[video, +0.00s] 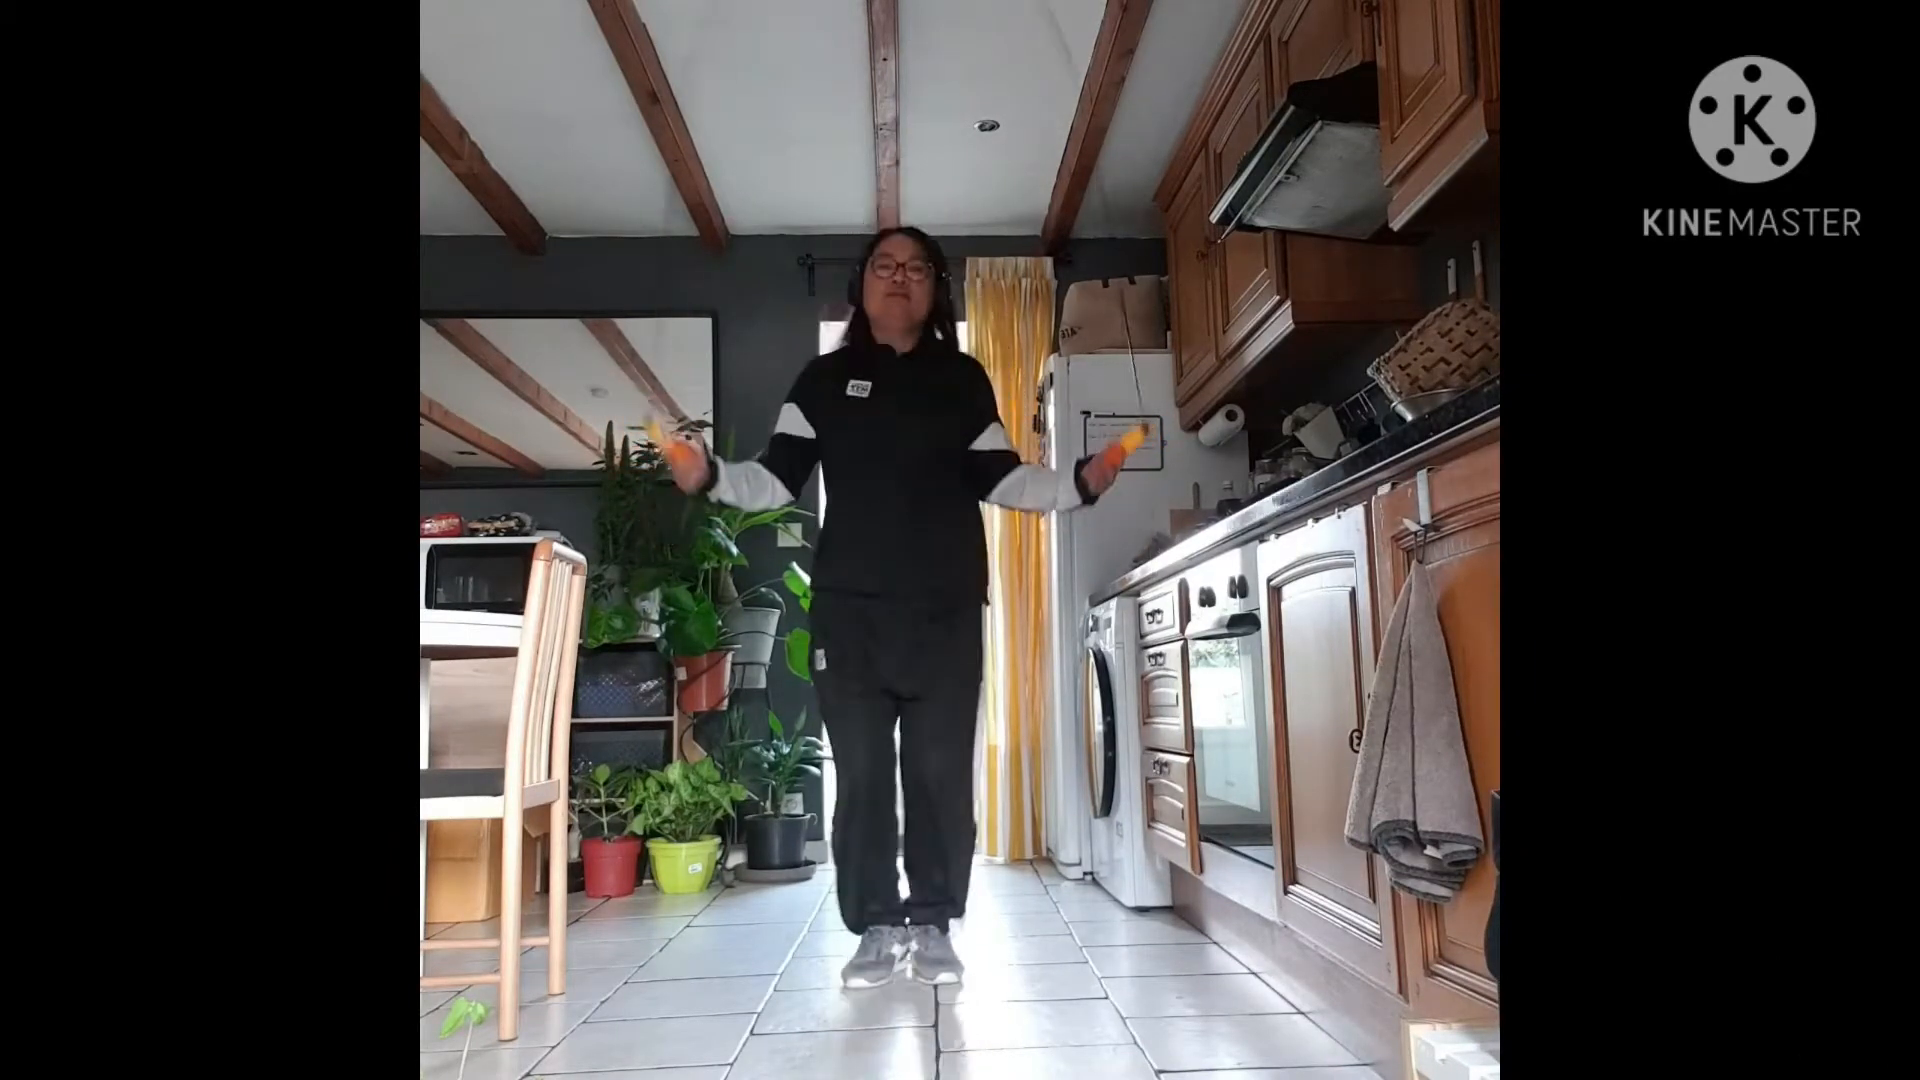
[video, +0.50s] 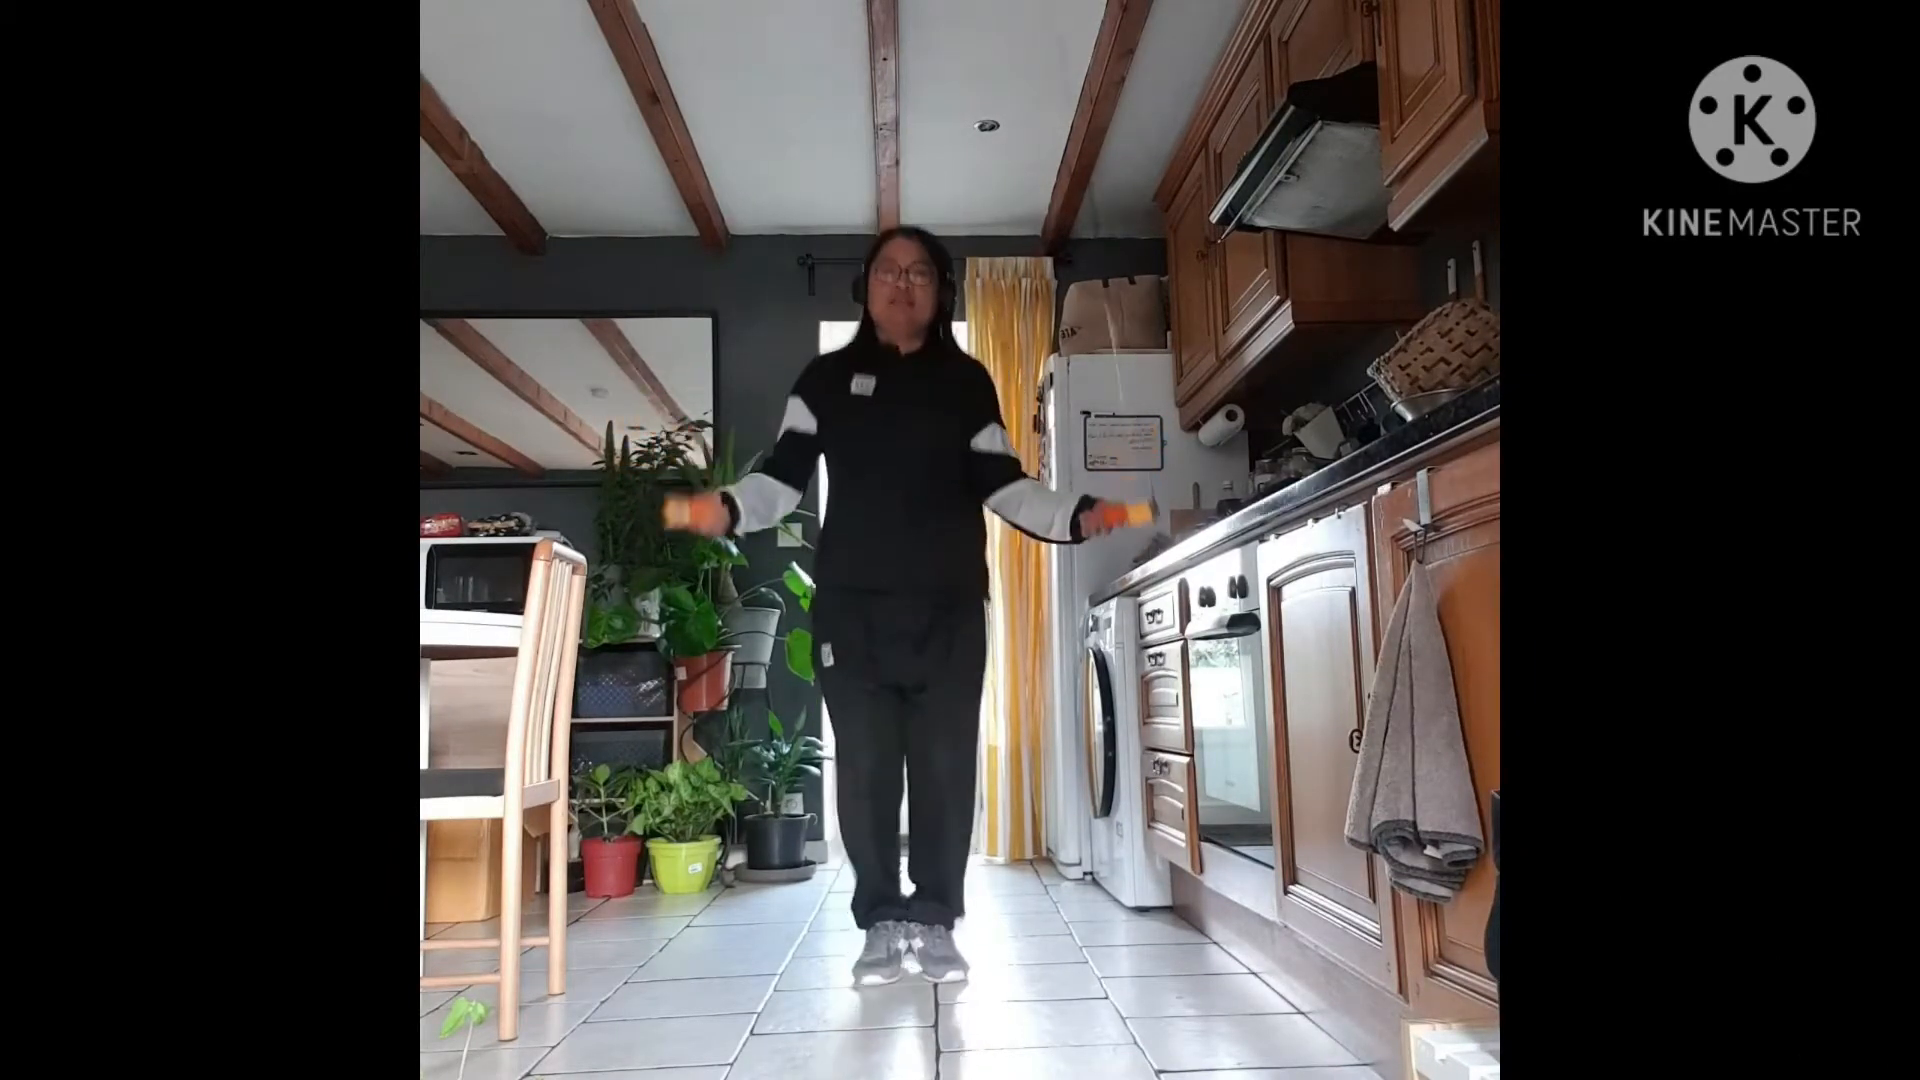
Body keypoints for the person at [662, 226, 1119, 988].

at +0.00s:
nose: (898, 276)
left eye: (915, 267)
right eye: (884, 265)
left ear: (936, 291)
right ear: (861, 288)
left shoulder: (963, 378)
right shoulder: (827, 378)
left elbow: (997, 477)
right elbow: (775, 480)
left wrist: (1078, 483)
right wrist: (710, 477)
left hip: (944, 602)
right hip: (849, 601)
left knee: (939, 768)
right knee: (863, 770)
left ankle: (934, 926)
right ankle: (877, 928)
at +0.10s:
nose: (899, 246)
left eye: (915, 236)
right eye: (884, 233)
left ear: (937, 257)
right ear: (861, 252)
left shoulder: (963, 349)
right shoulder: (826, 344)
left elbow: (1001, 452)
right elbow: (783, 454)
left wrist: (1072, 492)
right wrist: (721, 504)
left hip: (944, 579)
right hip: (849, 578)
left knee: (940, 751)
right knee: (857, 752)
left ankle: (935, 916)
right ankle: (871, 917)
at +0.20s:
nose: (899, 213)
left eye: (914, 202)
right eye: (884, 201)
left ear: (939, 223)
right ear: (859, 221)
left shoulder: (962, 311)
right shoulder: (823, 310)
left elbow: (1001, 424)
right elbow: (784, 425)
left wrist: (1076, 474)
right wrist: (701, 480)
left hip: (946, 540)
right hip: (850, 538)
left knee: (943, 714)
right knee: (860, 715)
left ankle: (939, 885)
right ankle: (870, 885)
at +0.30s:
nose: (901, 223)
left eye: (917, 213)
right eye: (886, 211)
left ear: (939, 234)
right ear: (861, 229)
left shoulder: (964, 319)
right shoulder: (829, 316)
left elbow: (998, 425)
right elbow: (782, 423)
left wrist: (1075, 464)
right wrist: (703, 443)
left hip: (947, 546)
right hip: (851, 544)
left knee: (940, 720)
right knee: (864, 720)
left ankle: (938, 890)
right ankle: (876, 891)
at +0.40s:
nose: (901, 272)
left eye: (917, 261)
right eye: (886, 260)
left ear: (940, 279)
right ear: (864, 277)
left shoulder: (965, 369)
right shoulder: (830, 366)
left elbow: (1001, 468)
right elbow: (780, 468)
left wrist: (1072, 487)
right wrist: (713, 461)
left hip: (949, 594)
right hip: (854, 594)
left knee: (947, 764)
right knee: (863, 765)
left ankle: (938, 924)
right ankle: (878, 924)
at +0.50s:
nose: (901, 283)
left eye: (918, 272)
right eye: (888, 270)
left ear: (941, 291)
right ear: (866, 287)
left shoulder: (967, 380)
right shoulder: (829, 377)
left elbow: (1001, 483)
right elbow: (783, 477)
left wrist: (1075, 515)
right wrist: (725, 507)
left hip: (949, 599)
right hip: (853, 599)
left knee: (944, 765)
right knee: (867, 765)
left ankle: (935, 922)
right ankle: (881, 923)